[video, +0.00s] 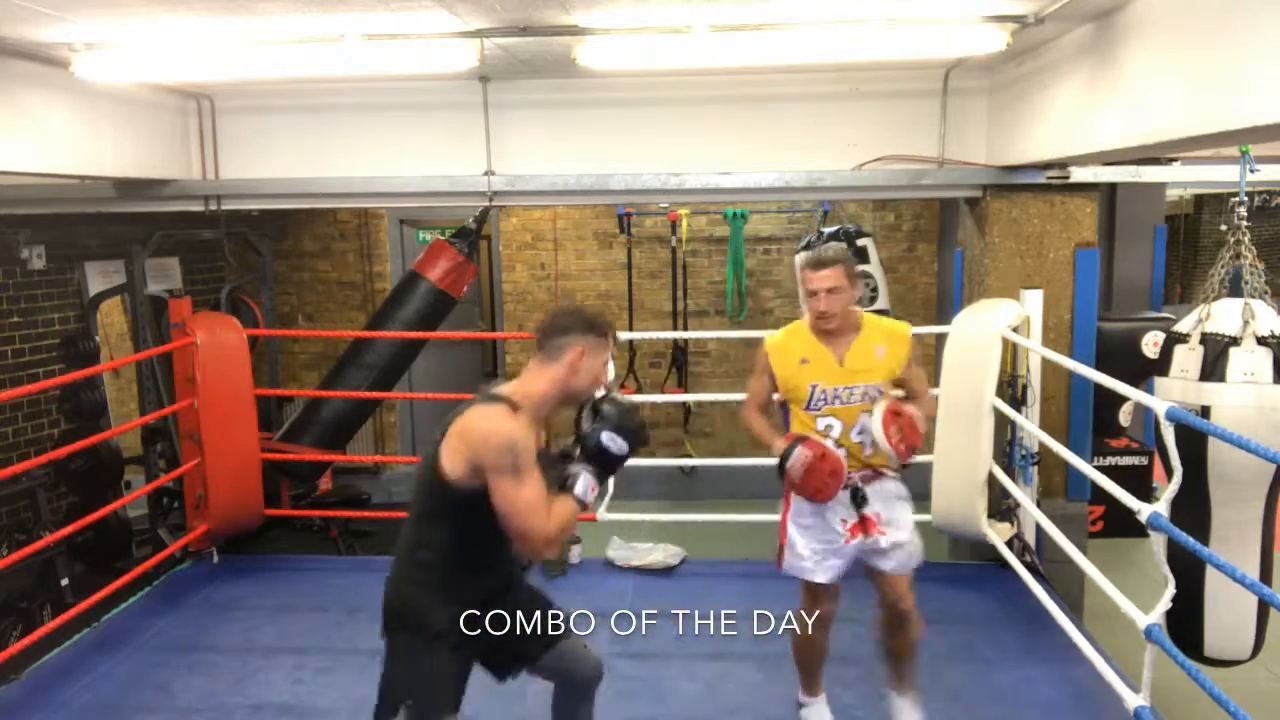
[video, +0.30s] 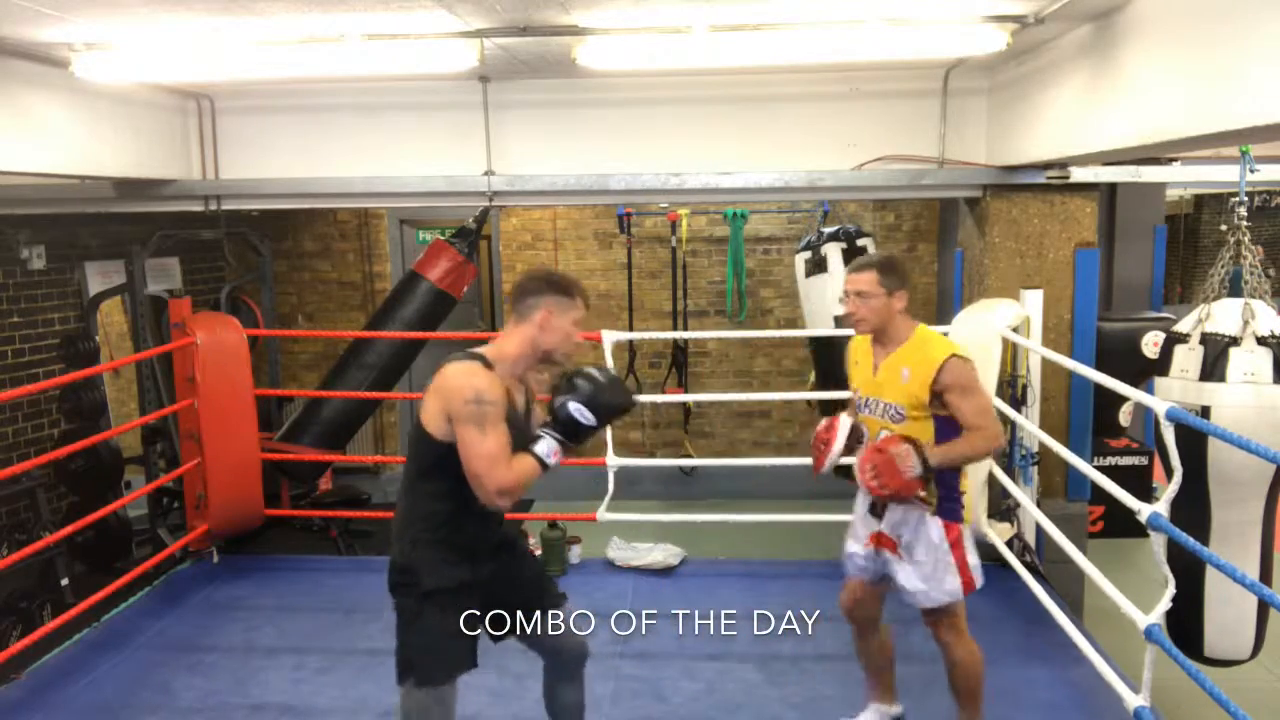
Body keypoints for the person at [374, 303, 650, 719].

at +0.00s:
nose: (606, 376)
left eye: (609, 363)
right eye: (605, 361)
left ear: (570, 358)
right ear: (575, 358)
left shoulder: (527, 414)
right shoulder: (497, 426)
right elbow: (539, 540)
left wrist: (568, 468)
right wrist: (592, 469)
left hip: (487, 594)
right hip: (435, 608)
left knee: (582, 671)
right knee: (421, 712)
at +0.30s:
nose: (580, 338)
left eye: (581, 327)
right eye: (576, 325)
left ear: (541, 322)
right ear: (541, 320)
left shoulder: (522, 387)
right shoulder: (470, 381)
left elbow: (515, 466)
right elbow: (497, 488)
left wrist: (562, 423)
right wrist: (560, 435)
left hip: (492, 555)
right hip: (434, 565)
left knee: (567, 650)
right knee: (428, 706)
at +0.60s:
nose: (517, 296)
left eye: (517, 283)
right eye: (509, 283)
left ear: (474, 283)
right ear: (473, 282)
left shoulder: (468, 345)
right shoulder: (412, 356)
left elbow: (468, 426)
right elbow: (451, 457)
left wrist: (519, 401)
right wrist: (507, 402)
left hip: (468, 526)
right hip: (409, 538)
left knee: (524, 623)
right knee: (382, 667)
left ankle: (553, 710)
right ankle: (348, 712)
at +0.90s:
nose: (542, 289)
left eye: (542, 278)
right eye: (536, 277)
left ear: (504, 277)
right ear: (504, 276)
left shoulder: (503, 340)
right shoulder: (446, 340)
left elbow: (508, 416)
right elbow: (482, 438)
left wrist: (555, 374)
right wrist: (545, 385)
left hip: (488, 519)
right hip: (431, 528)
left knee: (520, 628)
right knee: (404, 669)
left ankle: (533, 711)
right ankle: (363, 711)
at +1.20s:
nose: (540, 314)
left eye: (545, 304)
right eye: (539, 300)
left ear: (503, 290)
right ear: (507, 286)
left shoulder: (484, 343)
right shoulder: (464, 341)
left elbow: (521, 418)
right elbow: (538, 415)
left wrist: (560, 354)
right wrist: (564, 350)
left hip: (481, 524)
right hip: (427, 534)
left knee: (531, 615)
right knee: (387, 663)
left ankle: (536, 712)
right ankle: (343, 713)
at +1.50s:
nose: (527, 322)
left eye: (531, 312)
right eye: (527, 307)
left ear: (495, 294)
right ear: (503, 292)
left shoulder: (465, 342)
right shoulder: (460, 346)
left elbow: (504, 416)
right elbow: (521, 414)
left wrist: (546, 355)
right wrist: (551, 363)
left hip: (468, 524)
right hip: (422, 533)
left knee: (520, 620)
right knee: (391, 677)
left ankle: (533, 712)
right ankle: (344, 717)